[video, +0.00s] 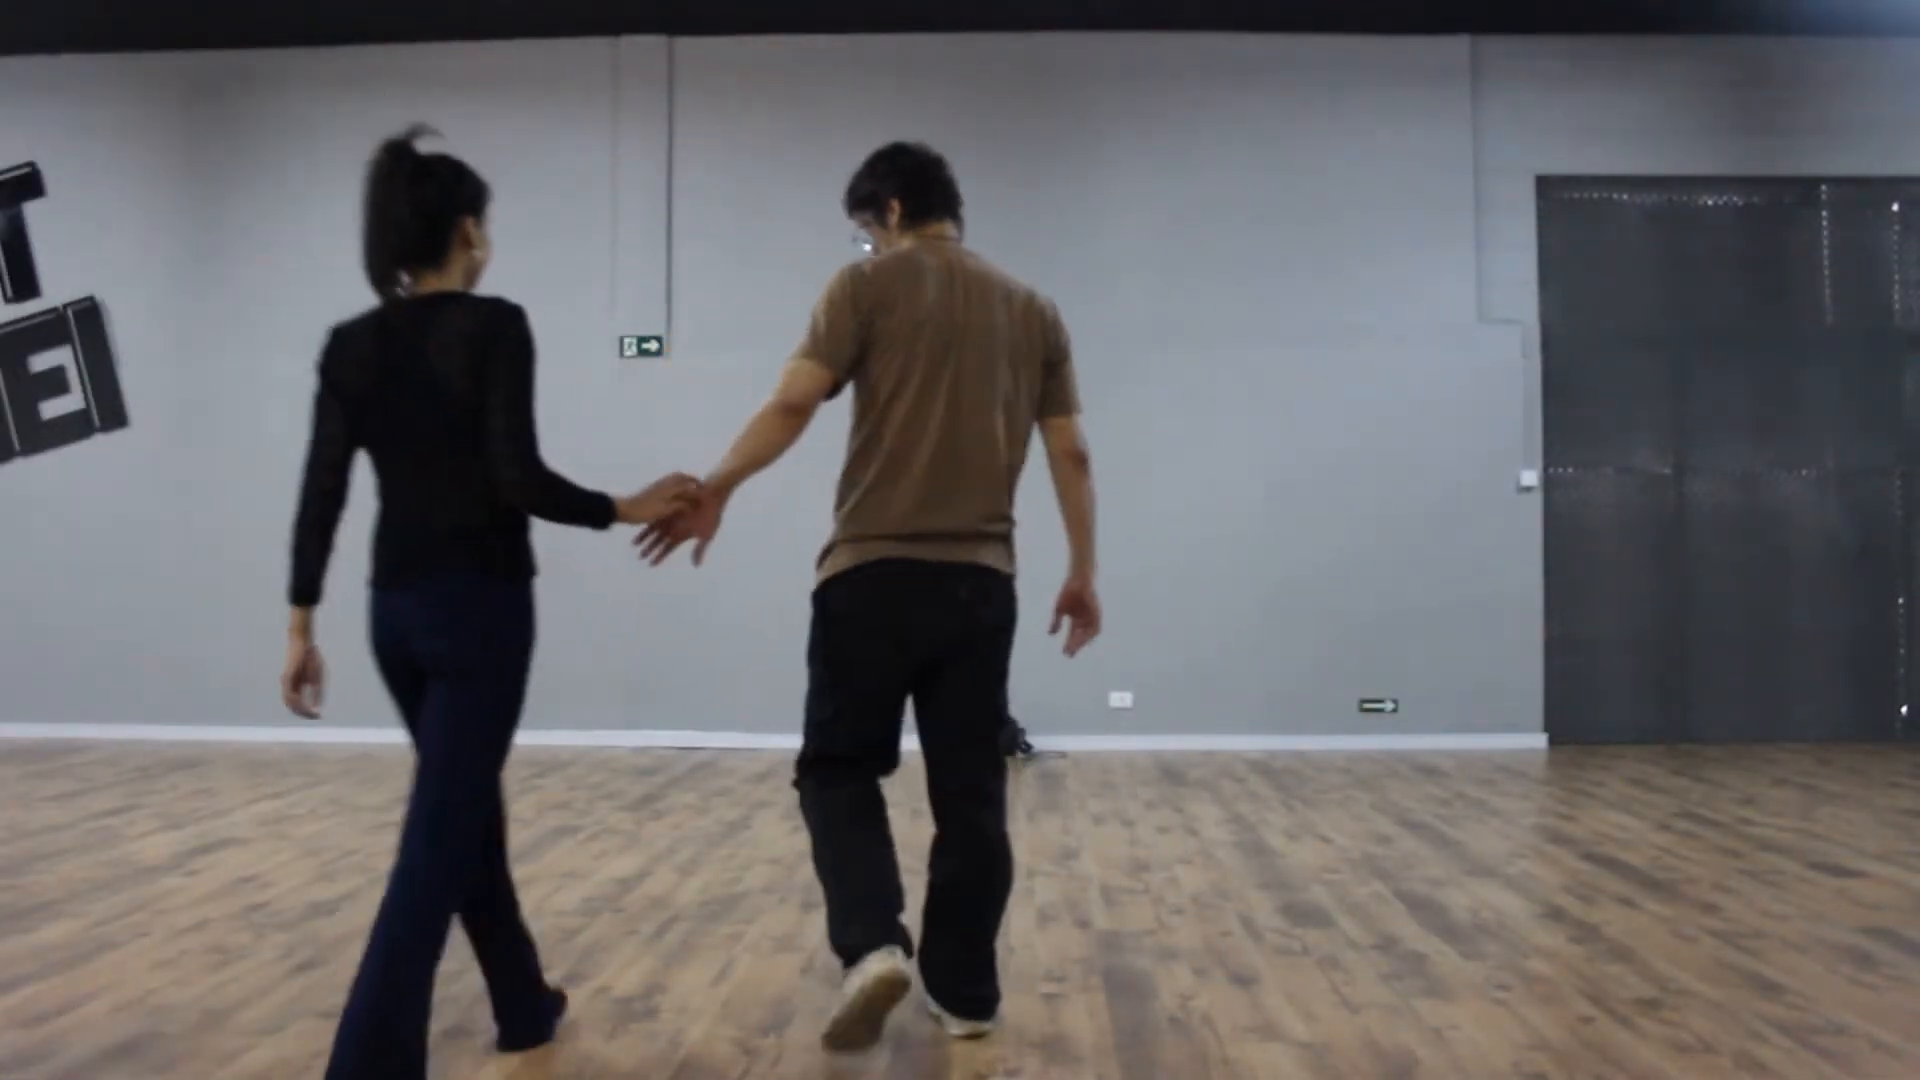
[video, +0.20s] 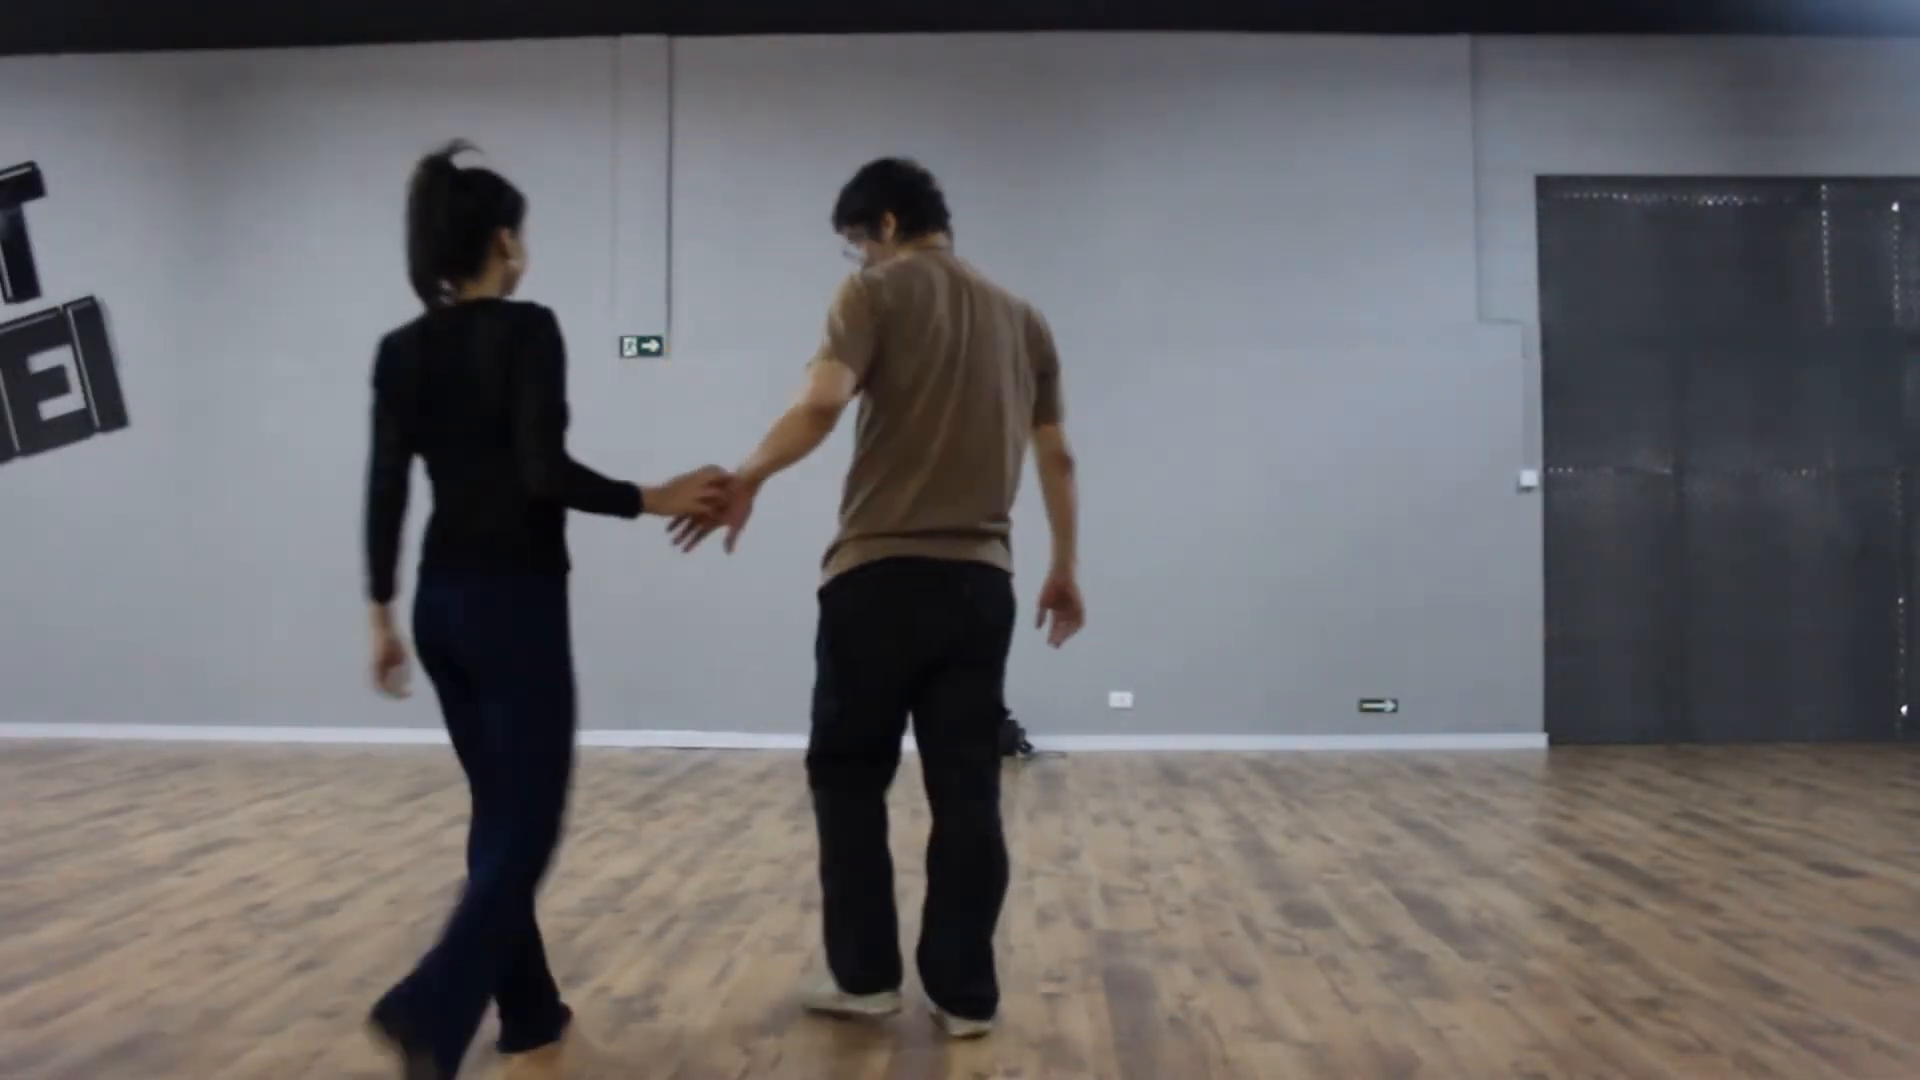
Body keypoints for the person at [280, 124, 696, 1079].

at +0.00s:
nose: (488, 241)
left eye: (485, 225)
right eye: (483, 226)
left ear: (391, 240)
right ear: (465, 233)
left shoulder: (352, 345)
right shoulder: (495, 325)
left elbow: (323, 488)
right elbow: (516, 477)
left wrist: (300, 621)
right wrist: (621, 511)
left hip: (396, 612)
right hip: (485, 609)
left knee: (472, 813)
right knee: (433, 841)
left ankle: (522, 1009)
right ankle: (369, 1062)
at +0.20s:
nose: (525, 249)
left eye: (519, 234)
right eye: (519, 235)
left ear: (438, 250)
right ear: (501, 245)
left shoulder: (403, 349)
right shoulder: (529, 330)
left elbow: (387, 490)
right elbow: (545, 472)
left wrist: (383, 616)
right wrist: (651, 498)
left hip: (441, 606)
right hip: (521, 606)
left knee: (497, 807)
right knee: (530, 814)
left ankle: (529, 1013)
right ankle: (426, 1013)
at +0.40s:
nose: (564, 259)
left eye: (561, 244)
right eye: (558, 244)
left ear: (482, 257)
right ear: (534, 251)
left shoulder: (448, 351)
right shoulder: (554, 333)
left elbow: (487, 478)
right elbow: (564, 471)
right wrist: (680, 502)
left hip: (480, 602)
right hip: (559, 601)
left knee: (506, 794)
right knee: (603, 787)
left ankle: (523, 1009)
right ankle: (575, 989)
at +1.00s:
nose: (656, 283)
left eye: (651, 270)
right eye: (648, 270)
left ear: (591, 285)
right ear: (624, 279)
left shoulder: (570, 364)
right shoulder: (629, 359)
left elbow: (613, 450)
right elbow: (656, 492)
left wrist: (691, 443)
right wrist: (743, 574)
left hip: (596, 585)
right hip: (643, 589)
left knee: (639, 760)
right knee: (650, 766)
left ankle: (556, 931)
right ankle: (637, 954)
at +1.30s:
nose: (681, 283)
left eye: (674, 270)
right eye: (672, 271)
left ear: (621, 284)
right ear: (645, 280)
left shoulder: (616, 357)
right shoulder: (635, 364)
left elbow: (689, 391)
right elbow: (670, 486)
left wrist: (762, 343)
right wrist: (750, 561)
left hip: (632, 578)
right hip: (649, 583)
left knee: (661, 756)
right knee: (662, 758)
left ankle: (629, 940)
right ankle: (630, 948)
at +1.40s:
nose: (685, 283)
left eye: (678, 270)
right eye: (676, 271)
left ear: (629, 286)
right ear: (649, 281)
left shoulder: (631, 358)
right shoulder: (632, 364)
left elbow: (714, 367)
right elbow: (670, 485)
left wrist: (800, 318)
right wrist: (749, 558)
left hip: (644, 576)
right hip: (649, 581)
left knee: (660, 758)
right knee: (659, 761)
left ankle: (631, 942)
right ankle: (630, 948)